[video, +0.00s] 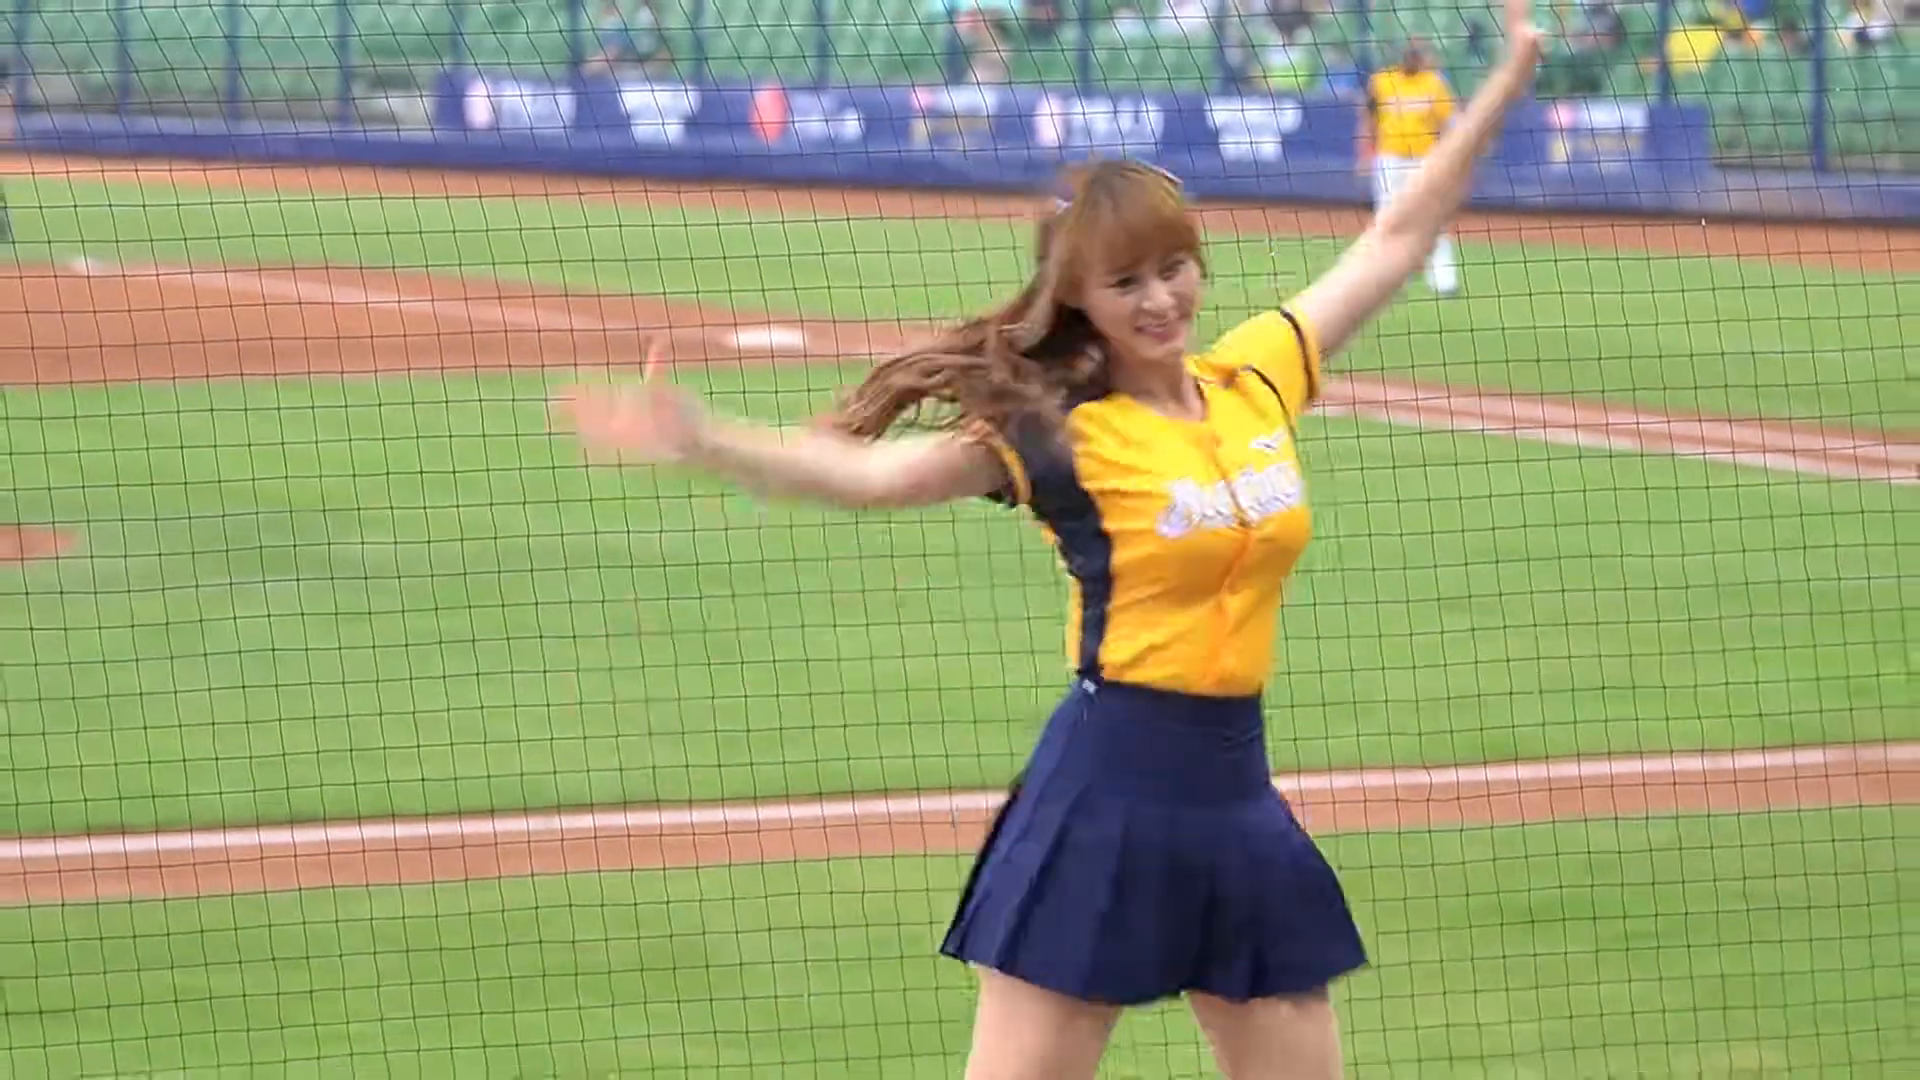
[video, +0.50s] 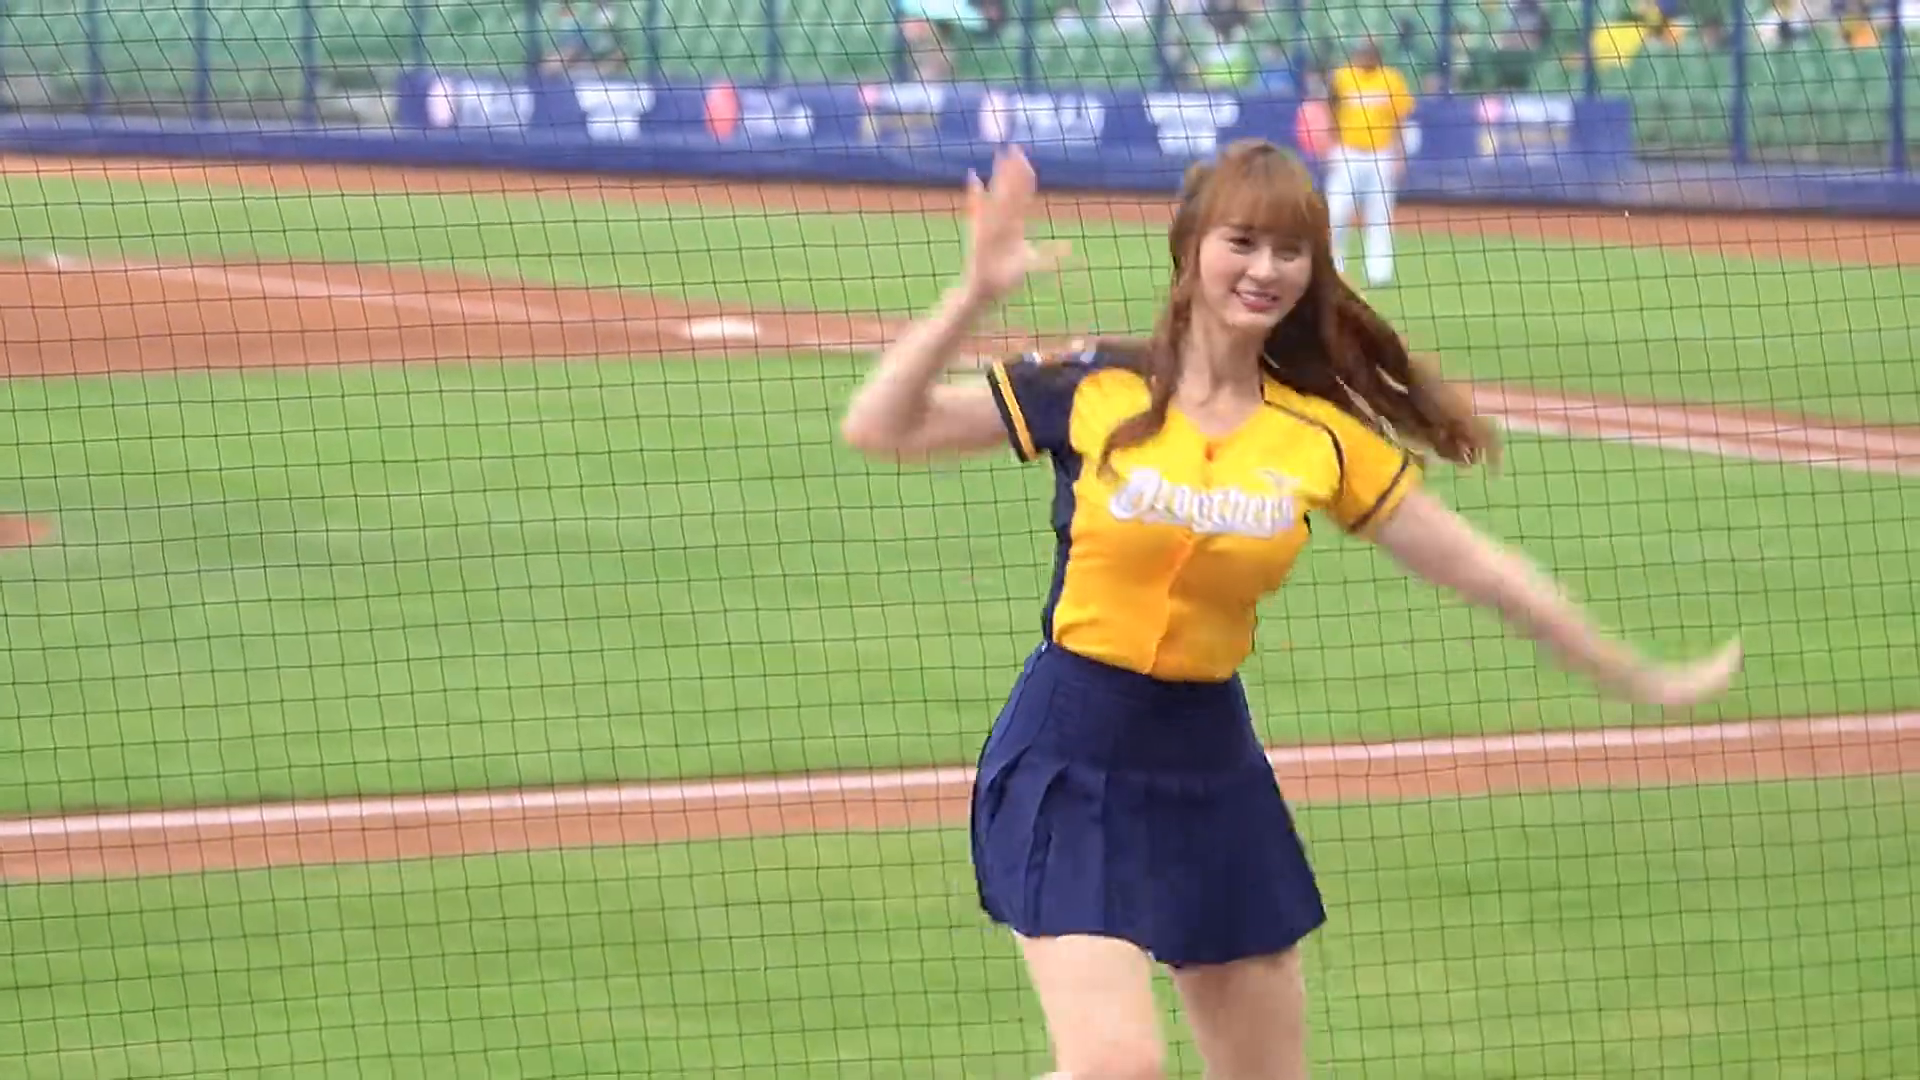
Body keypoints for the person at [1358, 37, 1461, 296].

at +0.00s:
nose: (1413, 61)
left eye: (1418, 56)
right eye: (1409, 55)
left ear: (1425, 59)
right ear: (1402, 57)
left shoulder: (1433, 83)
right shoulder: (1380, 82)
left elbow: (1451, 118)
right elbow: (1367, 118)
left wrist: (1458, 149)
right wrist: (1366, 154)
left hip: (1428, 157)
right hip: (1390, 158)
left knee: (1435, 216)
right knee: (1389, 217)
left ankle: (1443, 275)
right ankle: (1388, 271)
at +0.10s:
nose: (1402, 61)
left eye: (1407, 55)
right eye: (1398, 55)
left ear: (1415, 58)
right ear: (1391, 57)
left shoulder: (1424, 84)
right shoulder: (1370, 82)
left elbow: (1434, 126)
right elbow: (1357, 118)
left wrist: (1434, 163)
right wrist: (1355, 155)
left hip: (1414, 157)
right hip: (1379, 157)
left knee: (1420, 217)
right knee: (1378, 217)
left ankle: (1428, 274)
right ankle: (1379, 272)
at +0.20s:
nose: (1388, 61)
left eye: (1392, 55)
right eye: (1383, 56)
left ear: (1400, 56)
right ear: (1376, 57)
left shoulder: (1411, 81)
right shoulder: (1358, 80)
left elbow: (1423, 123)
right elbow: (1341, 117)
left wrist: (1421, 160)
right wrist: (1341, 151)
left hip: (1400, 155)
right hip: (1365, 154)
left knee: (1404, 214)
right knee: (1362, 214)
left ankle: (1410, 270)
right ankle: (1361, 269)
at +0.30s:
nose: (1373, 60)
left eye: (1378, 55)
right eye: (1369, 55)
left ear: (1386, 56)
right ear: (1363, 55)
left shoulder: (1397, 80)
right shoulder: (1347, 77)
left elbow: (1408, 124)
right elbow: (1329, 108)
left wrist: (1407, 159)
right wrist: (1334, 145)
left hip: (1386, 154)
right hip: (1352, 153)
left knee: (1390, 214)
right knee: (1350, 213)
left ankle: (1394, 270)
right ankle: (1349, 268)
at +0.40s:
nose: (1367, 55)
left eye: (1371, 50)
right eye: (1363, 50)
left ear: (1378, 51)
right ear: (1356, 50)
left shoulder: (1389, 76)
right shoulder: (1337, 74)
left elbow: (1399, 117)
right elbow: (1326, 111)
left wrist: (1399, 153)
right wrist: (1324, 147)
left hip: (1380, 153)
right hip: (1344, 152)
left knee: (1379, 213)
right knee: (1335, 211)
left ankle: (1381, 269)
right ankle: (1328, 268)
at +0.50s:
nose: (1366, 59)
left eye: (1370, 53)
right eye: (1361, 53)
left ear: (1378, 55)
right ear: (1354, 54)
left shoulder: (1391, 78)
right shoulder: (1340, 77)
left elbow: (1402, 119)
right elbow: (1330, 110)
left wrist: (1400, 156)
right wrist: (1331, 145)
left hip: (1382, 155)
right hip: (1346, 153)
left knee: (1379, 215)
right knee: (1337, 213)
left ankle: (1379, 270)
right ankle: (1335, 266)